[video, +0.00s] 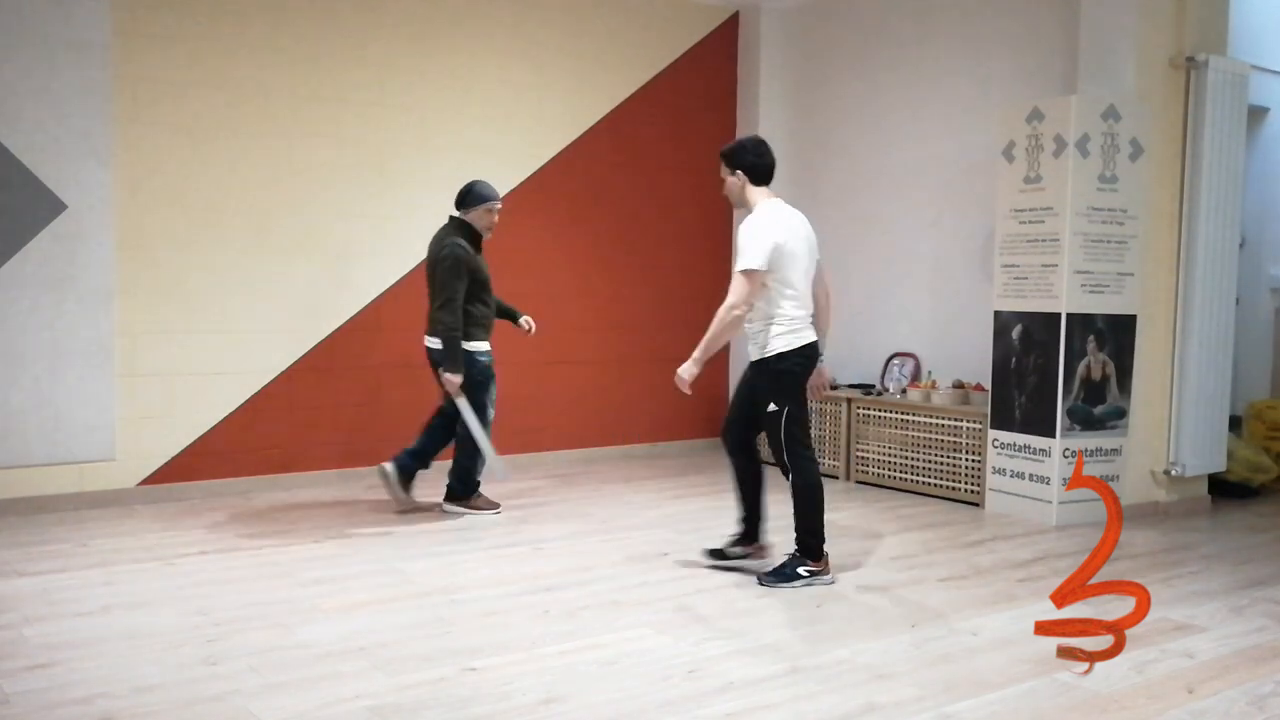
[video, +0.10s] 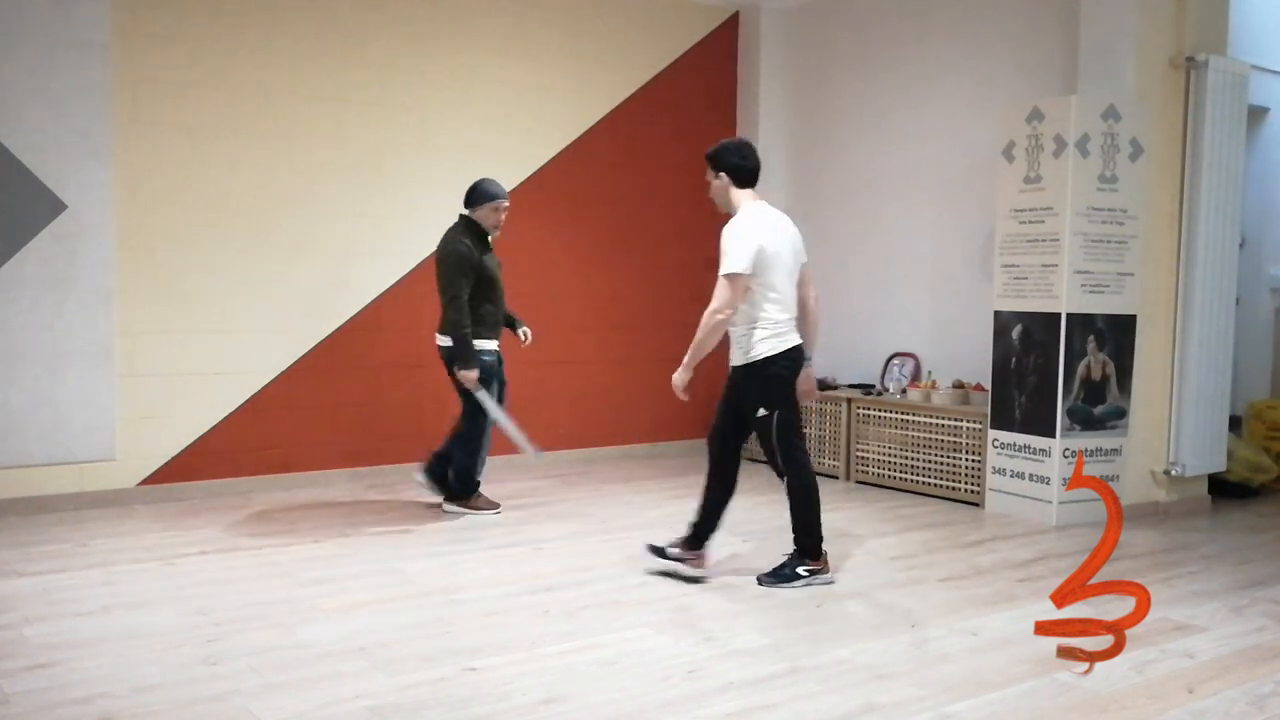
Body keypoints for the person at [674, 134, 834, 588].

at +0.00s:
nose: (722, 185)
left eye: (724, 176)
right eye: (722, 176)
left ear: (740, 176)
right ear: (763, 175)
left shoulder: (757, 224)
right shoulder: (796, 219)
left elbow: (738, 306)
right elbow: (821, 293)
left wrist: (696, 360)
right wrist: (817, 355)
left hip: (777, 355)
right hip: (797, 349)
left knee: (795, 454)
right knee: (737, 435)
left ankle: (811, 557)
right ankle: (751, 537)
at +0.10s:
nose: (708, 188)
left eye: (710, 178)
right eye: (708, 179)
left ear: (725, 177)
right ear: (750, 177)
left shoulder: (740, 228)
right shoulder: (784, 223)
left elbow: (723, 308)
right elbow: (807, 298)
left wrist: (687, 365)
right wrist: (806, 362)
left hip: (757, 362)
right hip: (785, 356)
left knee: (724, 447)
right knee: (793, 457)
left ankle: (695, 545)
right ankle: (811, 556)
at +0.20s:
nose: (691, 192)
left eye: (692, 182)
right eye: (691, 183)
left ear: (706, 180)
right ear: (733, 180)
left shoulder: (722, 230)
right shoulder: (765, 228)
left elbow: (708, 311)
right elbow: (789, 302)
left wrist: (680, 371)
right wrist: (787, 366)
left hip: (737, 366)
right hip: (765, 361)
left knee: (707, 462)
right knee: (774, 461)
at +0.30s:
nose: (671, 189)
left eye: (672, 179)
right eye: (672, 179)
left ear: (685, 179)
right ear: (712, 179)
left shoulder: (704, 224)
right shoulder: (743, 226)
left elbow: (696, 305)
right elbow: (763, 307)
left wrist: (673, 372)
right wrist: (761, 371)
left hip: (714, 366)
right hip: (734, 362)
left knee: (734, 459)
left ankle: (797, 542)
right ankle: (664, 555)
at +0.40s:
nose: (655, 184)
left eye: (655, 175)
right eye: (656, 175)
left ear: (666, 175)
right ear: (697, 176)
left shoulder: (686, 215)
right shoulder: (723, 220)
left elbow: (681, 296)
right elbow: (727, 302)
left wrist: (663, 368)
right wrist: (723, 378)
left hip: (697, 354)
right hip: (715, 352)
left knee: (682, 451)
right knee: (677, 451)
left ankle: (764, 528)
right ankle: (662, 556)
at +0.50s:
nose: (642, 181)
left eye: (642, 173)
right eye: (641, 173)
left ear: (652, 172)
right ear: (685, 173)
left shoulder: (669, 214)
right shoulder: (709, 218)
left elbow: (664, 293)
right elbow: (718, 302)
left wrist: (644, 365)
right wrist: (708, 349)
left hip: (679, 351)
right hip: (704, 349)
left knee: (646, 450)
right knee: (670, 451)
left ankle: (722, 532)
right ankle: (663, 556)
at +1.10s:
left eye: (572, 167)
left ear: (573, 168)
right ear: (623, 166)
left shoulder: (559, 226)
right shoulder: (663, 221)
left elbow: (534, 319)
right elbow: (681, 313)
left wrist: (519, 392)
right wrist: (680, 381)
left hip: (588, 372)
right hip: (656, 371)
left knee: (562, 476)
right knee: (656, 477)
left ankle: (573, 592)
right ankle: (649, 576)